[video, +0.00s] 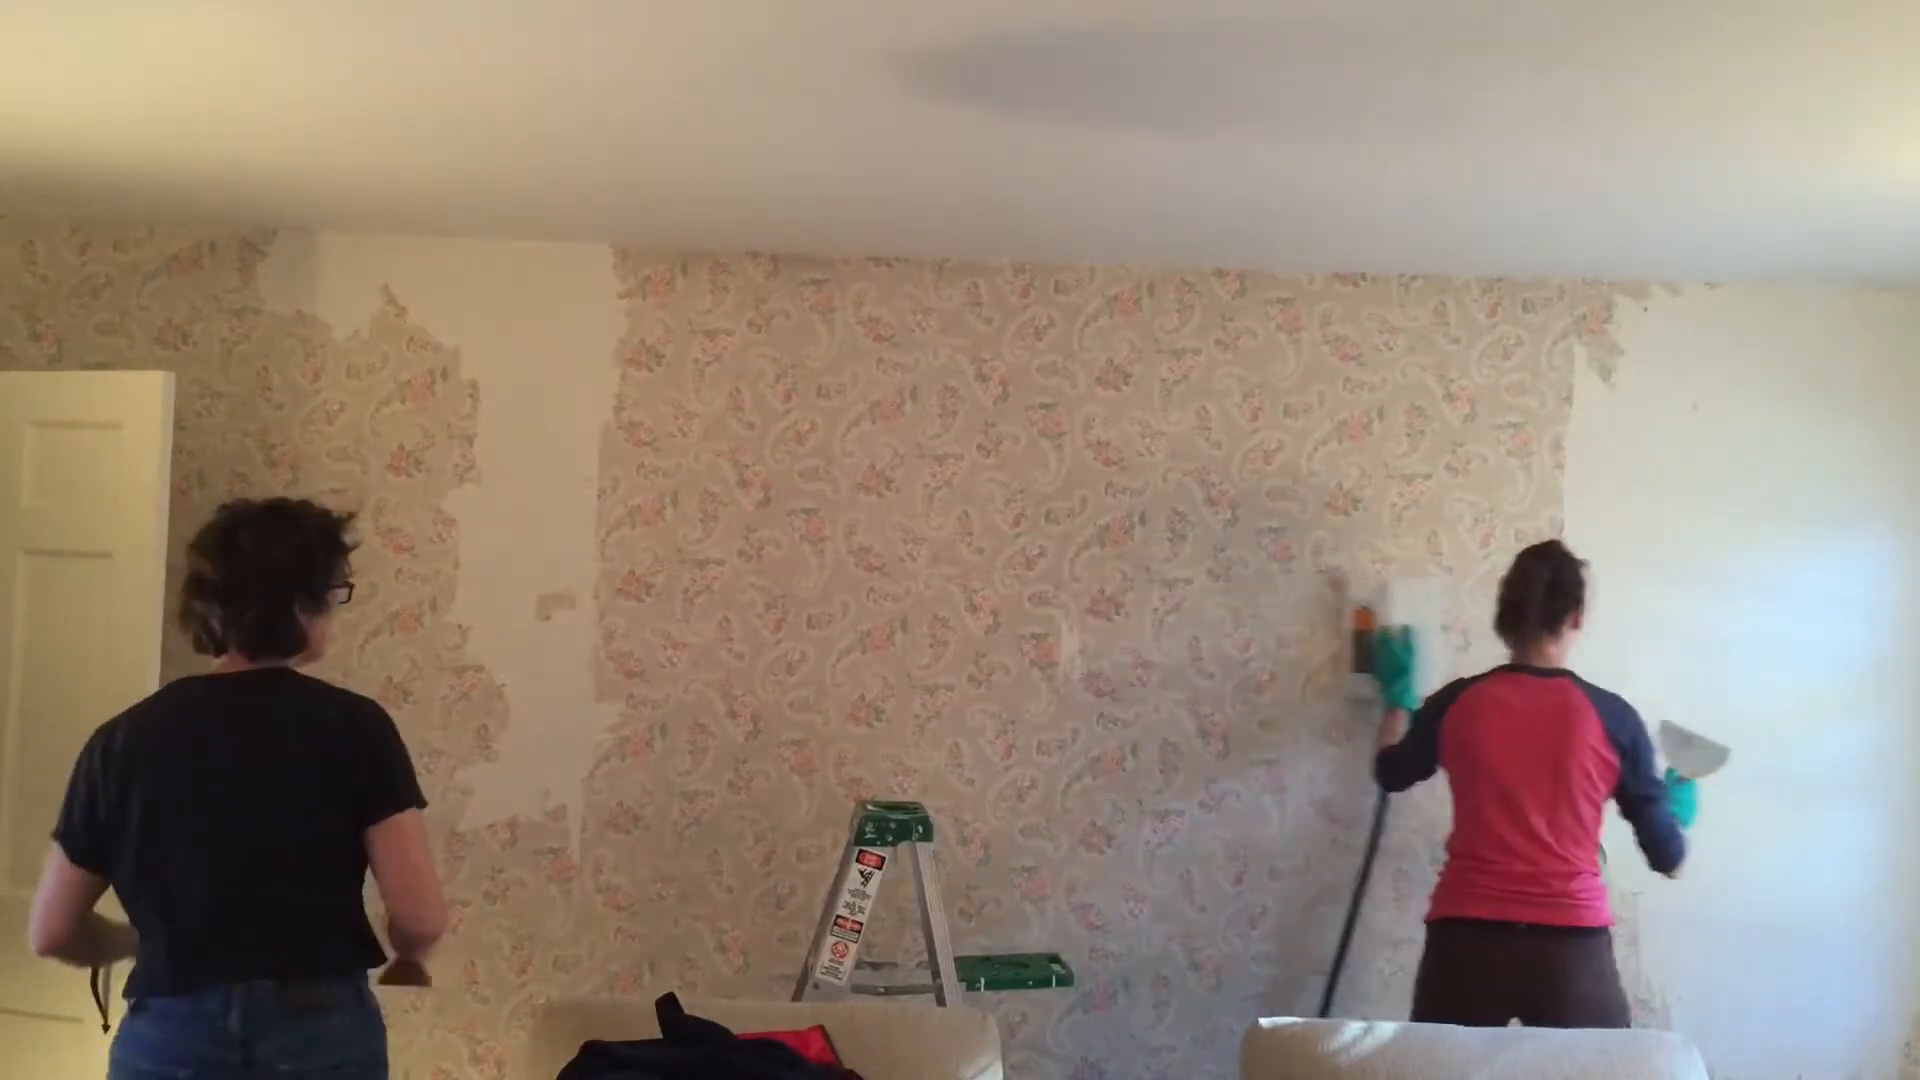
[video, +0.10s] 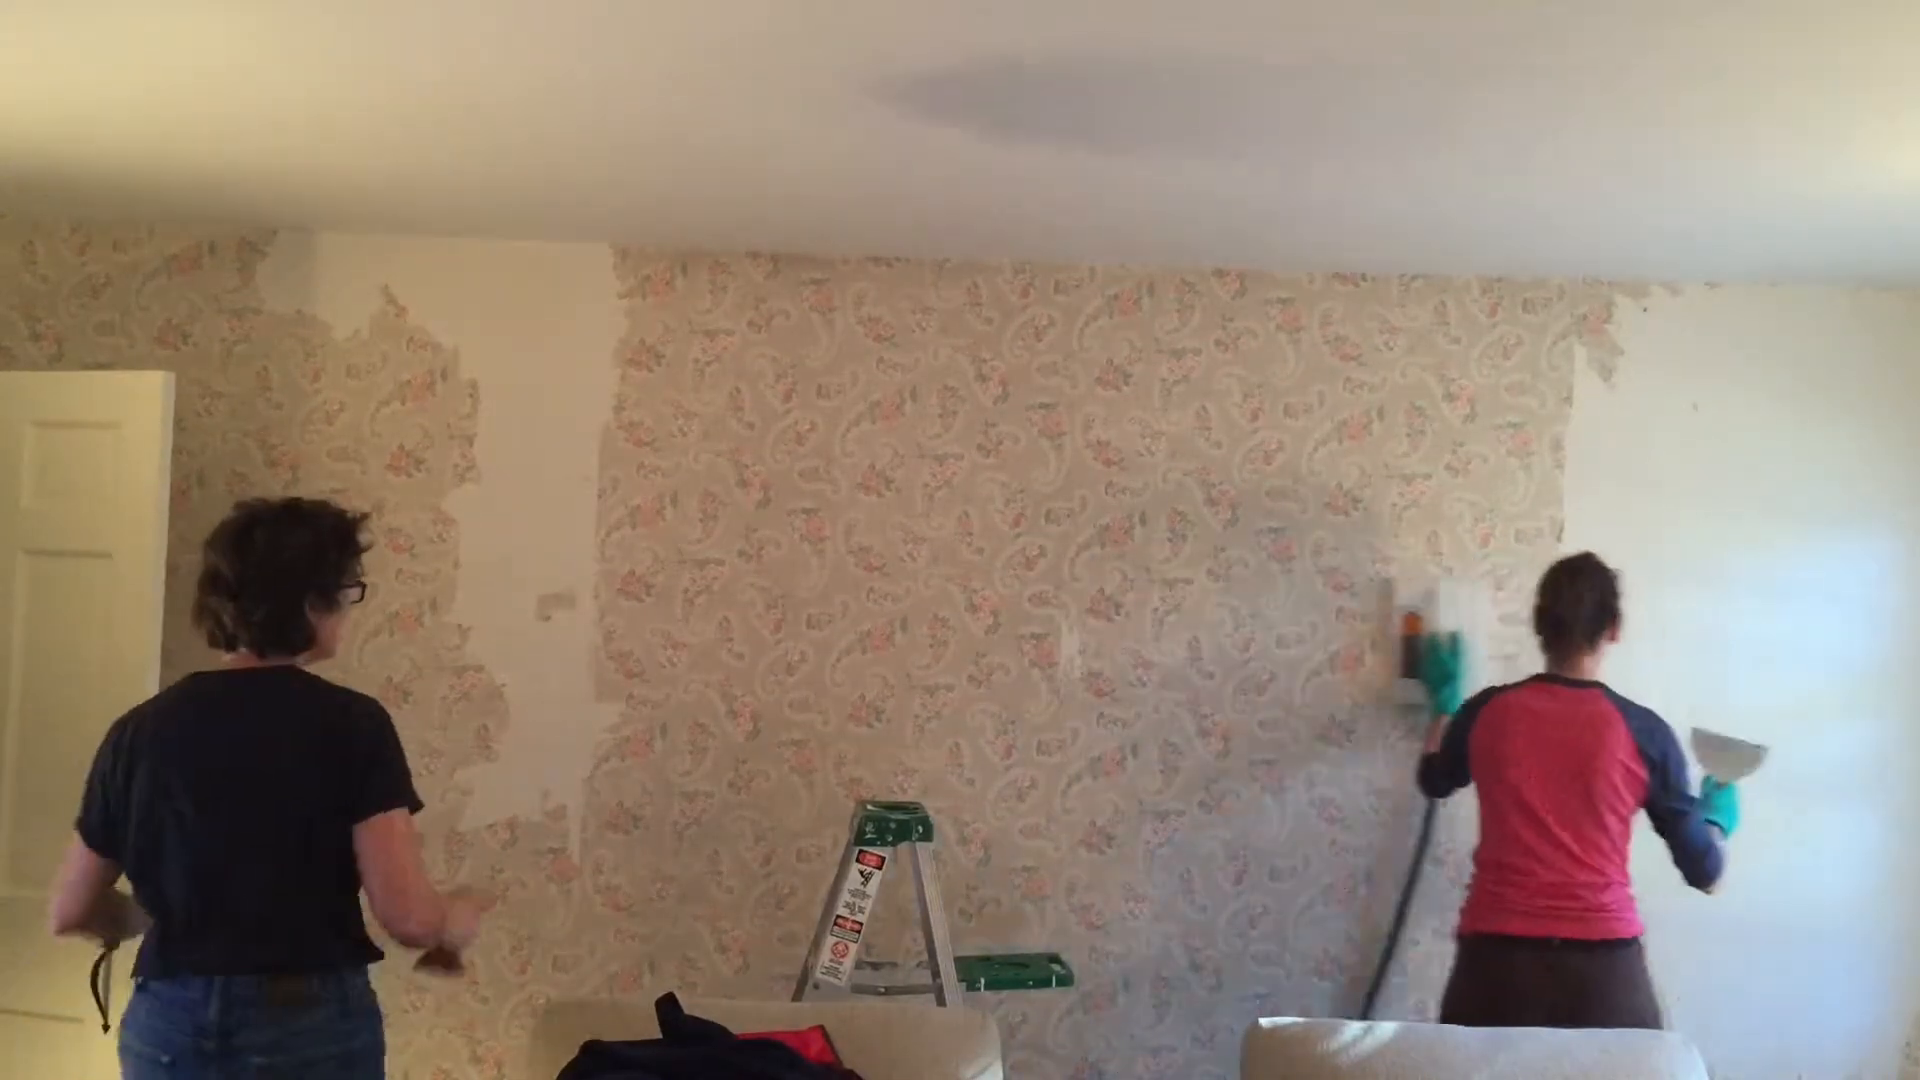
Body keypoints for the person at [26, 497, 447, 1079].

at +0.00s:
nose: (338, 612)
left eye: (340, 594)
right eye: (335, 594)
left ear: (207, 603)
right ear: (301, 603)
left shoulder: (122, 740)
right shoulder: (356, 725)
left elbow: (52, 934)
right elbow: (421, 918)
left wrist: (149, 938)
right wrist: (408, 955)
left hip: (167, 1037)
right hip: (326, 1037)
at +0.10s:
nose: (354, 606)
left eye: (355, 590)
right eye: (348, 590)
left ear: (227, 598)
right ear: (312, 601)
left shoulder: (141, 728)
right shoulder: (352, 721)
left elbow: (72, 910)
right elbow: (405, 917)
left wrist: (155, 915)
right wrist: (452, 921)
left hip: (167, 1030)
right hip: (317, 1032)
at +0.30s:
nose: (380, 605)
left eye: (378, 588)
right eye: (372, 590)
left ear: (258, 596)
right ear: (335, 605)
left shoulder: (186, 715)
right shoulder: (367, 717)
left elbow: (114, 843)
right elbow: (463, 870)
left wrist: (193, 790)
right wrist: (537, 807)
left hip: (191, 1009)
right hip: (315, 1014)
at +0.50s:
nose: (406, 624)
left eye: (406, 610)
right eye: (399, 609)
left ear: (303, 609)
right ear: (358, 616)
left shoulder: (237, 718)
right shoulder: (382, 722)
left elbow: (188, 842)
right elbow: (456, 880)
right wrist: (552, 836)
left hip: (222, 996)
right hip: (328, 1011)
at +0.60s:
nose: (431, 649)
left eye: (436, 631)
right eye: (428, 628)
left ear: (336, 619)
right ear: (385, 622)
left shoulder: (266, 712)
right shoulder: (391, 721)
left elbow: (230, 853)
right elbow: (454, 878)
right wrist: (557, 852)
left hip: (234, 986)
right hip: (338, 1002)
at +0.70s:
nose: (454, 650)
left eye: (460, 634)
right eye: (452, 631)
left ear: (364, 616)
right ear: (408, 619)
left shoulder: (300, 700)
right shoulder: (407, 713)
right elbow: (474, 864)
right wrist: (585, 839)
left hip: (253, 973)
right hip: (349, 989)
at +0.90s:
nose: (508, 631)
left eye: (513, 615)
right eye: (505, 613)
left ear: (423, 602)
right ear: (463, 607)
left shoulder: (356, 692)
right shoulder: (458, 707)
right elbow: (512, 856)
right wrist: (642, 826)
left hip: (325, 954)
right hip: (415, 967)